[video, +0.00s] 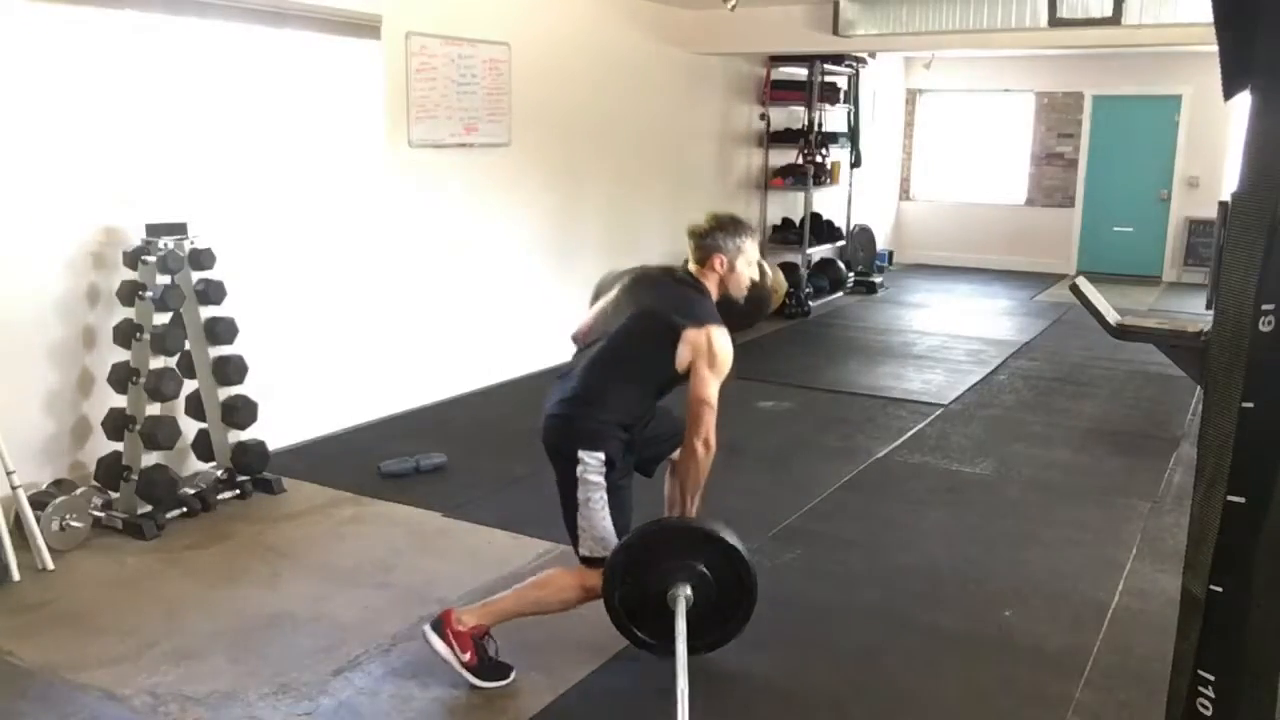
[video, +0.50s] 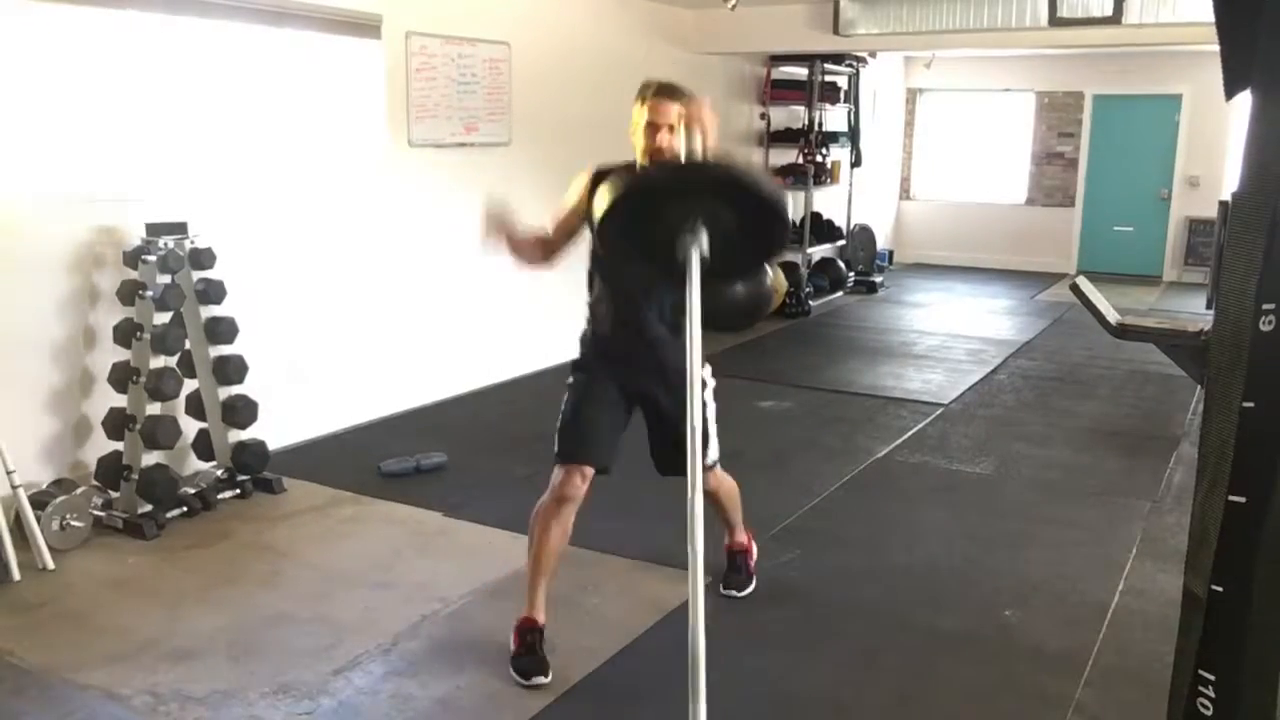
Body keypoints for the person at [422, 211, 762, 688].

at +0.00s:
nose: (755, 274)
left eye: (755, 263)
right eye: (750, 262)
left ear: (710, 262)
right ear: (720, 263)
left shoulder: (644, 280)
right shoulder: (712, 336)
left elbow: (584, 334)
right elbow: (701, 442)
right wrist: (687, 529)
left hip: (577, 404)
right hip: (588, 430)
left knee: (689, 441)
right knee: (604, 574)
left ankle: (669, 546)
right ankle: (465, 622)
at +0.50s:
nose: (658, 137)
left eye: (669, 128)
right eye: (650, 126)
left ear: (688, 134)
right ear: (634, 127)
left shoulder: (695, 192)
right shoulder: (602, 184)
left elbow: (736, 246)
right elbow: (546, 251)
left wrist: (713, 154)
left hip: (676, 359)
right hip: (606, 356)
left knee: (707, 477)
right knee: (569, 484)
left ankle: (740, 538)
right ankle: (532, 620)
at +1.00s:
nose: (654, 118)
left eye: (663, 107)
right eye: (642, 106)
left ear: (674, 113)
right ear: (616, 111)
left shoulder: (676, 179)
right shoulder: (585, 173)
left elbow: (696, 252)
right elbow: (572, 266)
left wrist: (706, 185)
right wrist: (657, 208)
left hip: (659, 346)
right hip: (592, 348)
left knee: (706, 451)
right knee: (570, 501)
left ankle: (692, 550)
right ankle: (505, 618)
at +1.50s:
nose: (743, 248)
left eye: (744, 236)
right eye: (738, 236)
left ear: (698, 235)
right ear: (707, 235)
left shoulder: (646, 263)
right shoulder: (694, 303)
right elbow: (700, 419)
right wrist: (717, 485)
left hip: (623, 402)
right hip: (589, 421)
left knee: (696, 460)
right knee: (609, 565)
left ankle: (670, 558)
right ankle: (474, 634)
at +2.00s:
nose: (727, 168)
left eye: (730, 157)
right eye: (716, 155)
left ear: (726, 159)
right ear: (687, 153)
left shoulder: (686, 208)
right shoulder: (663, 196)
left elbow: (678, 288)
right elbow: (675, 278)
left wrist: (707, 342)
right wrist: (715, 347)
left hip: (648, 359)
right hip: (598, 363)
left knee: (701, 445)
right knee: (582, 503)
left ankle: (683, 564)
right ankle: (475, 617)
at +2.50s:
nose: (641, 148)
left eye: (652, 136)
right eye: (634, 136)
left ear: (672, 142)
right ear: (620, 141)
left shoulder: (684, 196)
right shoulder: (596, 202)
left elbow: (709, 141)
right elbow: (575, 269)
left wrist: (703, 78)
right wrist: (569, 301)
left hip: (668, 368)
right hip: (602, 362)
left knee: (690, 480)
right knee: (555, 481)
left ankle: (732, 545)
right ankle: (548, 610)